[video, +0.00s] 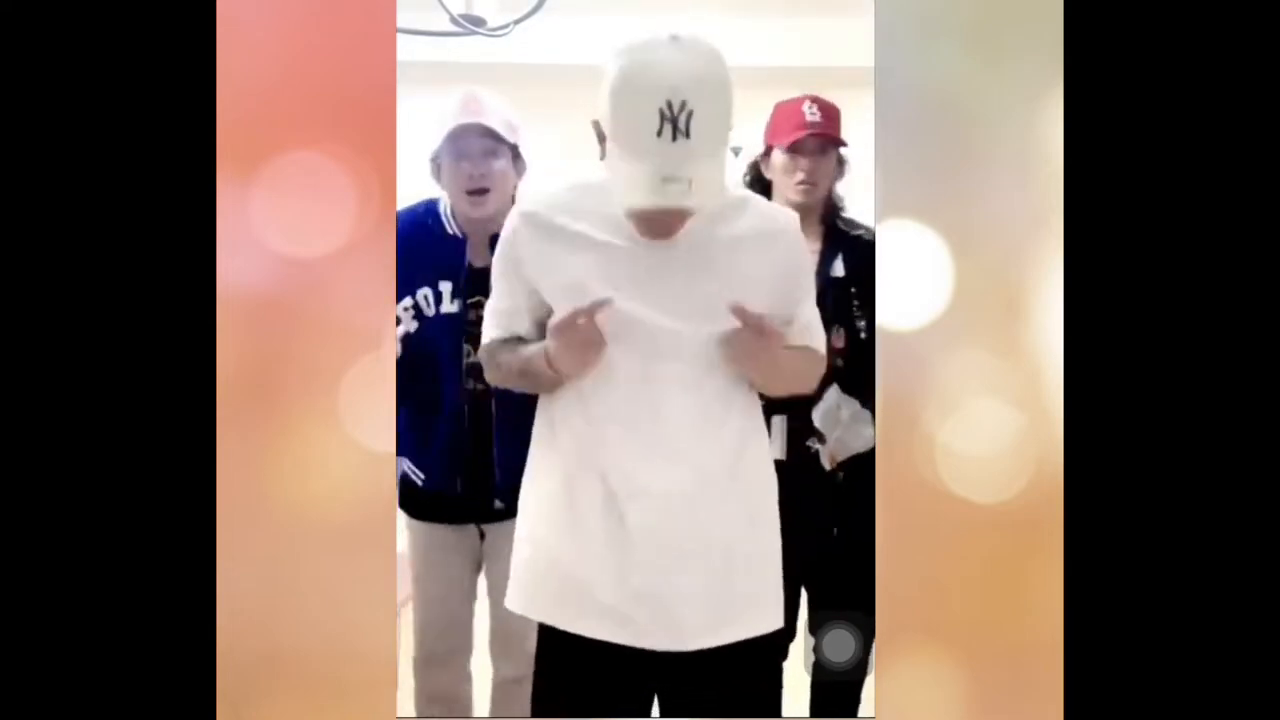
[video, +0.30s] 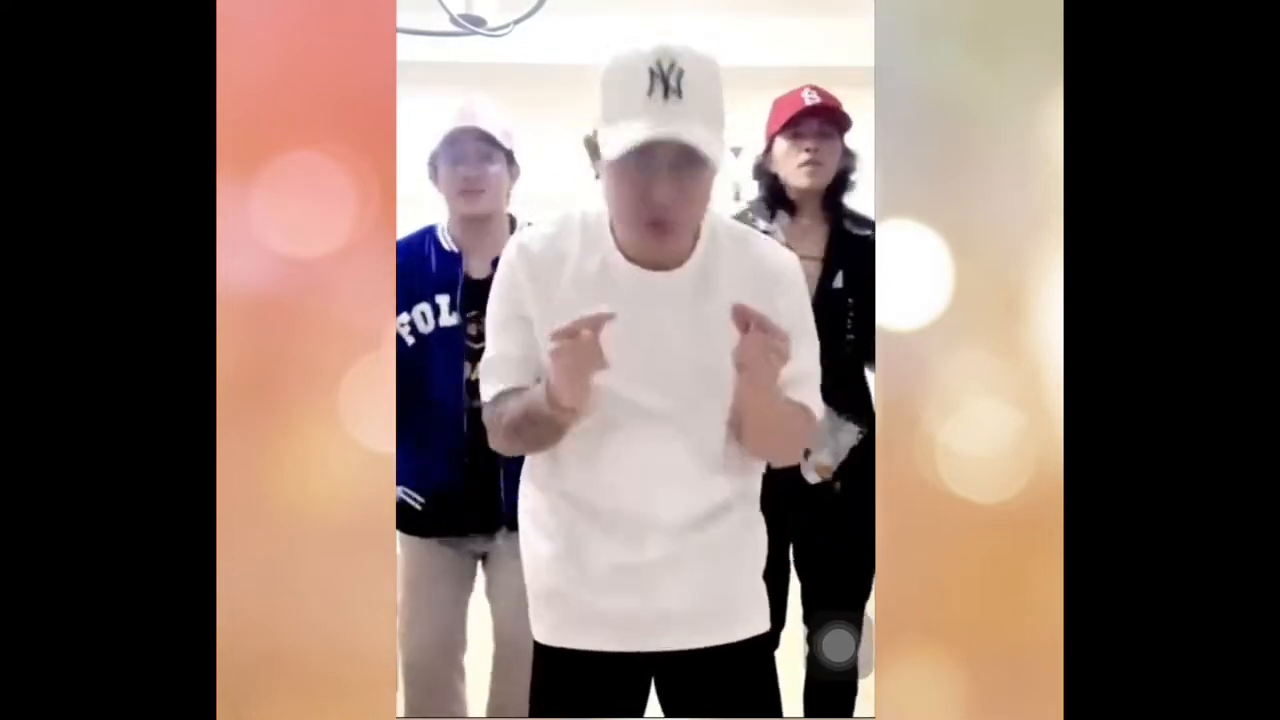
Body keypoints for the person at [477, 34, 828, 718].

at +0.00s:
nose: (663, 219)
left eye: (683, 199)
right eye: (645, 198)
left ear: (721, 149)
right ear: (603, 142)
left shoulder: (769, 233)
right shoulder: (543, 223)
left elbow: (811, 367)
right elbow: (497, 357)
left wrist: (774, 366)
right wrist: (547, 363)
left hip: (728, 598)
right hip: (585, 599)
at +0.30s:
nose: (661, 189)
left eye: (685, 162)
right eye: (638, 161)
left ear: (717, 166)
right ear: (599, 158)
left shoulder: (769, 271)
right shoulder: (535, 261)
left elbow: (787, 448)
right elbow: (502, 431)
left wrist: (758, 388)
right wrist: (558, 402)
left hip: (718, 604)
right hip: (580, 606)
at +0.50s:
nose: (637, 117)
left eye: (661, 97)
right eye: (616, 94)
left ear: (689, 121)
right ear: (580, 113)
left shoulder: (755, 241)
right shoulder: (535, 242)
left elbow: (772, 435)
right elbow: (531, 420)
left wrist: (756, 366)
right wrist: (551, 360)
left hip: (722, 602)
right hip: (585, 602)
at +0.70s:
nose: (701, 118)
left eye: (719, 97)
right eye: (676, 91)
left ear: (732, 116)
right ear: (623, 107)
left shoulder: (767, 250)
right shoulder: (559, 223)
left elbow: (780, 435)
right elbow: (518, 391)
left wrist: (755, 343)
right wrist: (548, 333)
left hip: (728, 597)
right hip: (595, 591)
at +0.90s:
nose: (755, 119)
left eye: (765, 97)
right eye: (726, 99)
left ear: (781, 110)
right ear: (673, 123)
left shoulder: (794, 265)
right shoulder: (594, 222)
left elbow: (789, 426)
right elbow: (528, 385)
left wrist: (767, 330)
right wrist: (568, 349)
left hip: (725, 586)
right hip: (593, 579)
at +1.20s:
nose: (616, 100)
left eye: (642, 83)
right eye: (600, 84)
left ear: (686, 106)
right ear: (582, 109)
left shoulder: (767, 223)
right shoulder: (554, 243)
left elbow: (842, 370)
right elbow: (514, 418)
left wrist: (782, 370)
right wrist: (529, 370)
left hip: (746, 589)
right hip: (600, 592)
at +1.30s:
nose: (607, 101)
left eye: (636, 88)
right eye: (594, 86)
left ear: (675, 119)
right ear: (574, 115)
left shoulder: (747, 226)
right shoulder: (543, 254)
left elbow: (858, 359)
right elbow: (481, 417)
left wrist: (775, 367)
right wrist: (488, 370)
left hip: (741, 598)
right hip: (600, 605)